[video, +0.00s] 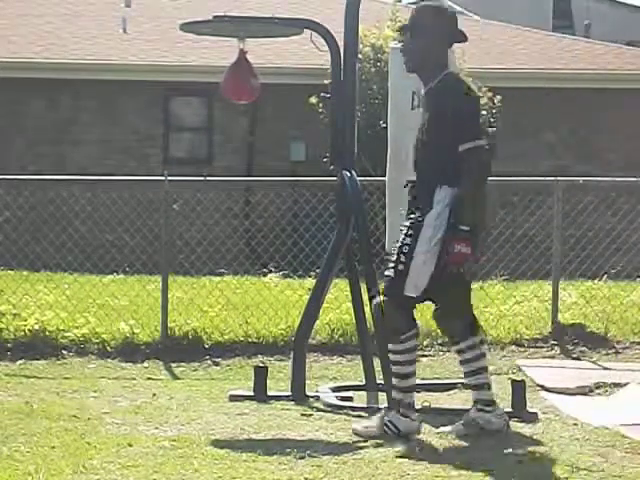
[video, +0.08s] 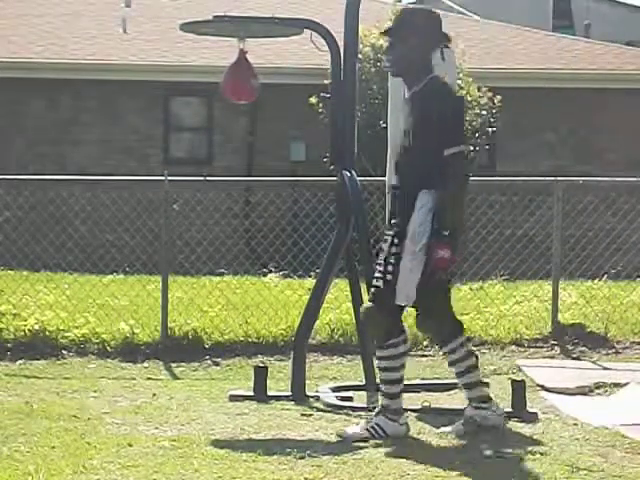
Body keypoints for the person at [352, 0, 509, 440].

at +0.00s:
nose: (403, 45)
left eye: (412, 37)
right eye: (405, 36)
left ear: (437, 44)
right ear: (426, 44)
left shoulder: (454, 95)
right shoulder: (439, 95)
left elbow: (474, 167)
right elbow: (441, 169)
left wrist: (463, 230)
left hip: (436, 214)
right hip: (442, 213)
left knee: (393, 306)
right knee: (455, 313)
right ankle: (486, 409)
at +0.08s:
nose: (390, 50)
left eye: (400, 41)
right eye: (391, 41)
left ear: (427, 47)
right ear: (404, 47)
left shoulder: (439, 98)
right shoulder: (422, 98)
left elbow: (454, 173)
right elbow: (418, 173)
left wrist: (445, 234)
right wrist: (397, 230)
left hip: (420, 218)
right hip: (421, 217)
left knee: (383, 313)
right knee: (435, 314)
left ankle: (390, 415)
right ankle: (482, 406)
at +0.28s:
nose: (346, 51)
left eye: (354, 44)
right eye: (347, 43)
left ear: (378, 48)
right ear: (369, 49)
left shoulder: (390, 94)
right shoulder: (377, 94)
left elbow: (408, 166)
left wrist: (391, 233)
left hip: (384, 216)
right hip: (367, 212)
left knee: (359, 312)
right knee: (327, 306)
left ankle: (388, 418)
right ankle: (409, 371)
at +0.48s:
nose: (309, 42)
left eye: (318, 33)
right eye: (311, 33)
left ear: (343, 40)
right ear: (341, 42)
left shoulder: (351, 87)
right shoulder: (349, 86)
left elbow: (364, 156)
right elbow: (392, 143)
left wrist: (338, 219)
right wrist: (362, 185)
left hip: (352, 215)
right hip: (328, 211)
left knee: (359, 316)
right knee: (296, 306)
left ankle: (388, 417)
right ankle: (304, 408)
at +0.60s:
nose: (286, 45)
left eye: (296, 36)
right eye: (289, 36)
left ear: (324, 43)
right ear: (313, 44)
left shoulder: (334, 93)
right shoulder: (316, 94)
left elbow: (345, 163)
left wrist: (312, 224)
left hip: (331, 220)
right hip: (305, 218)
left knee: (327, 321)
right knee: (279, 313)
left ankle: (385, 411)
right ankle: (293, 416)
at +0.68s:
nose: (268, 48)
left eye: (276, 39)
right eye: (270, 39)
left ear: (303, 43)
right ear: (295, 45)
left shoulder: (316, 92)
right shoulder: (300, 92)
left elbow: (329, 164)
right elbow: (305, 161)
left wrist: (304, 225)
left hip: (310, 222)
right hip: (287, 218)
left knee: (294, 320)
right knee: (272, 316)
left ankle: (362, 391)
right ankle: (291, 414)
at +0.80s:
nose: (250, 53)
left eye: (257, 44)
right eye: (252, 45)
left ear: (278, 50)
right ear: (281, 51)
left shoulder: (292, 97)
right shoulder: (280, 95)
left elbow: (309, 170)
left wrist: (294, 233)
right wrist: (246, 58)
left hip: (286, 218)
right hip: (276, 216)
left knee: (242, 307)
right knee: (255, 309)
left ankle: (311, 371)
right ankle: (294, 409)